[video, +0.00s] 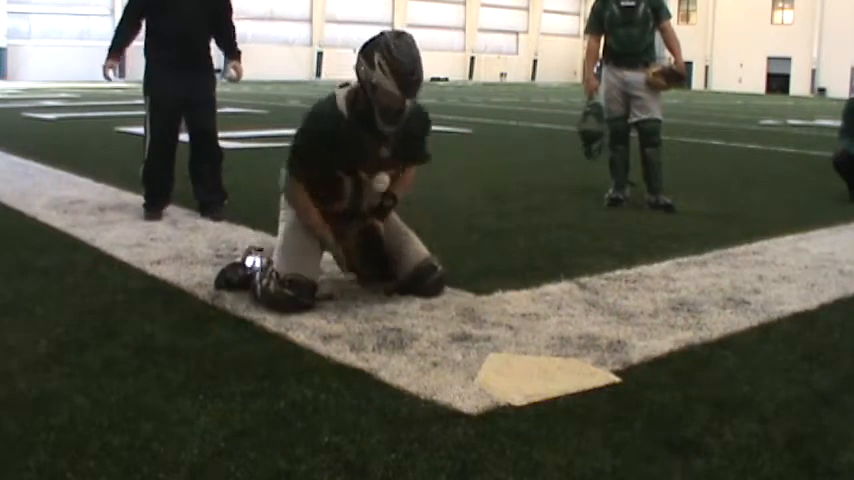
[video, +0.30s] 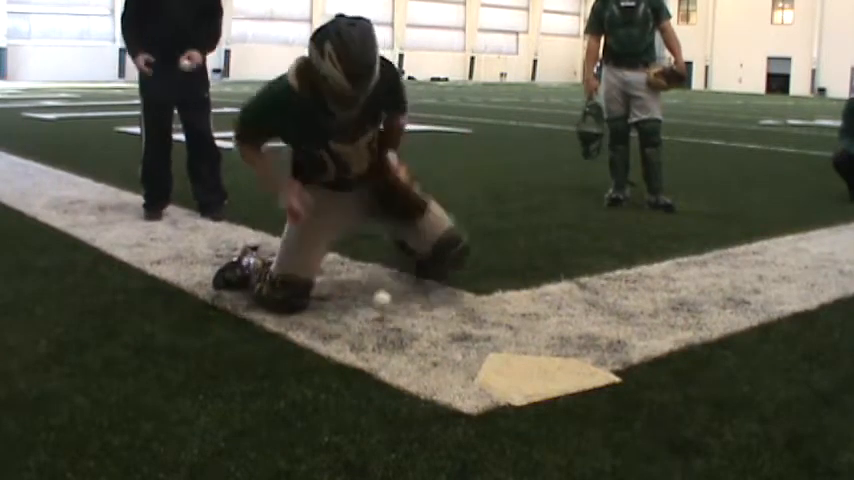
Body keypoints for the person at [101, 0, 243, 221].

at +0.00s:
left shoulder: (217, 3)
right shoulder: (146, 1)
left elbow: (222, 22)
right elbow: (132, 18)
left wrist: (233, 56)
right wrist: (115, 53)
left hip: (199, 71)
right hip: (162, 71)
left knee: (206, 140)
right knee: (160, 141)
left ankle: (211, 204)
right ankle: (154, 204)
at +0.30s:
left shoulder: (209, 5)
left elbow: (214, 19)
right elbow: (128, 17)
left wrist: (200, 49)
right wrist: (136, 51)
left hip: (192, 64)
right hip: (154, 64)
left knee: (200, 137)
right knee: (155, 138)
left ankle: (211, 203)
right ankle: (154, 202)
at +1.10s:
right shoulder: (124, 3)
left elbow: (199, 21)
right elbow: (113, 23)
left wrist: (211, 21)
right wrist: (122, 49)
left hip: (177, 64)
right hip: (143, 65)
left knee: (180, 136)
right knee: (148, 137)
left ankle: (179, 199)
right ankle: (152, 202)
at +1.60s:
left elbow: (213, 15)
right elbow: (116, 17)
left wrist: (221, 2)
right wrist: (118, 47)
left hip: (180, 65)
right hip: (145, 65)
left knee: (181, 135)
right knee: (149, 135)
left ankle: (180, 199)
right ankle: (152, 202)